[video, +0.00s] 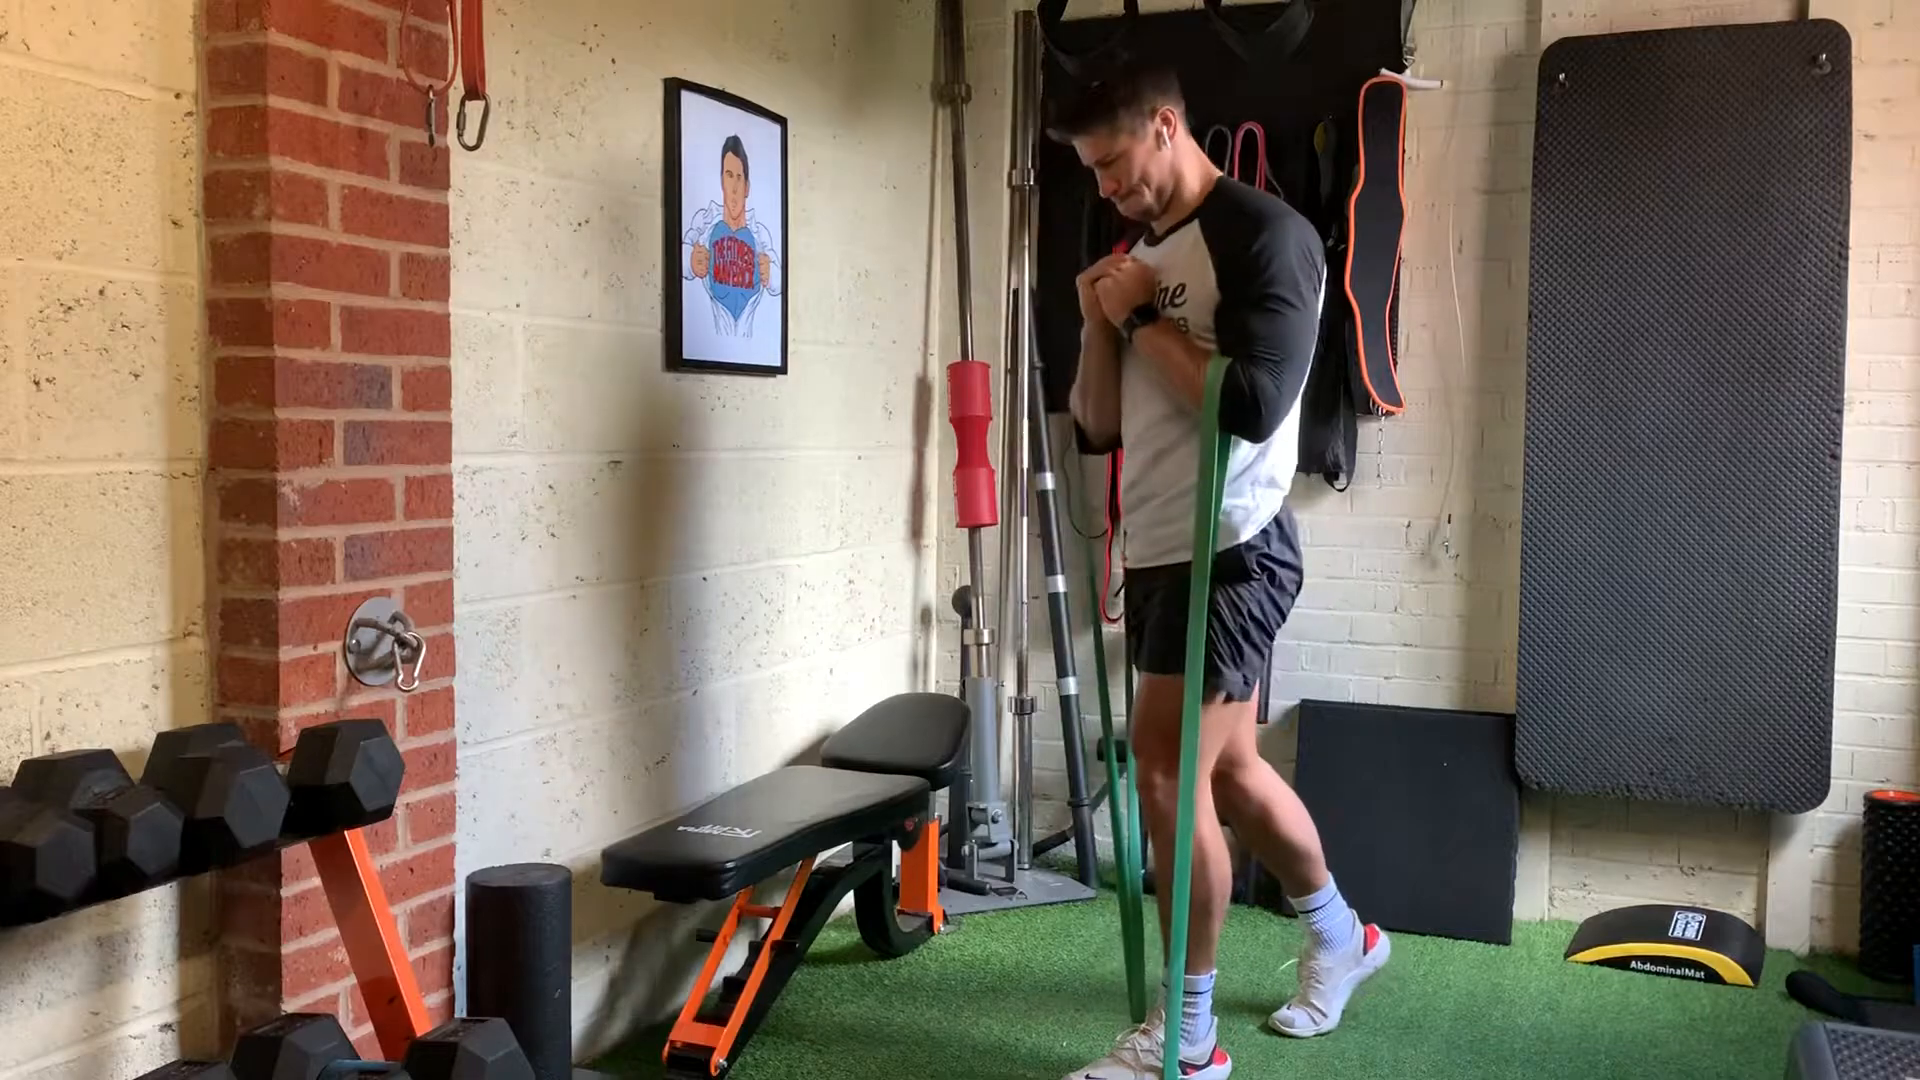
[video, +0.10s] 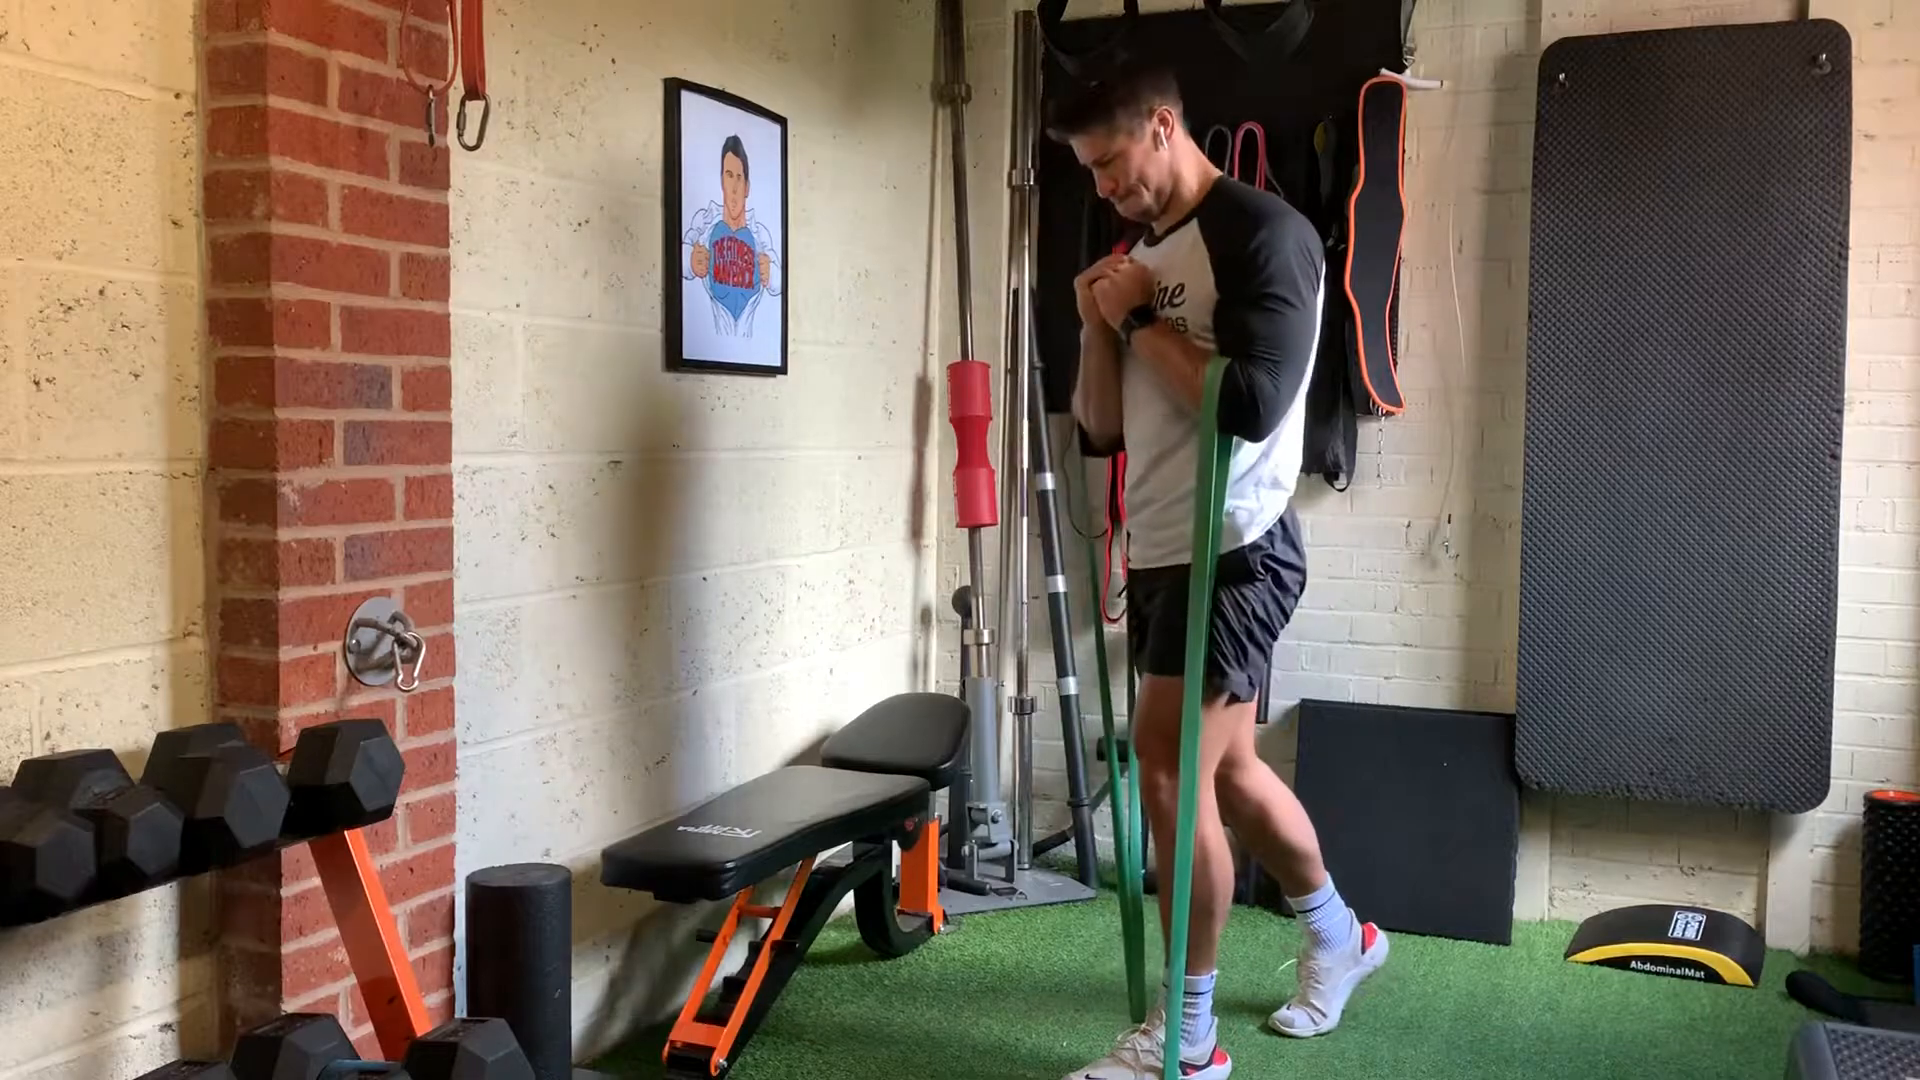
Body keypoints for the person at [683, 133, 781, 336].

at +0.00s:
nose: (734, 185)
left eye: (739, 176)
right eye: (729, 175)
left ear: (747, 186)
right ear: (721, 181)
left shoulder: (760, 231)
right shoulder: (704, 223)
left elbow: (778, 287)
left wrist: (770, 274)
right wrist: (692, 266)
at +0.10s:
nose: (734, 185)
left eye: (739, 176)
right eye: (729, 175)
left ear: (747, 186)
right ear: (721, 181)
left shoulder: (760, 232)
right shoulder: (704, 223)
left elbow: (779, 287)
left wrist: (770, 274)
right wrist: (692, 266)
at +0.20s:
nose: (733, 184)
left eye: (739, 177)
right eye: (728, 175)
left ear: (747, 187)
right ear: (721, 181)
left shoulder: (760, 232)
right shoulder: (704, 223)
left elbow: (779, 286)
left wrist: (771, 274)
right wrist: (691, 264)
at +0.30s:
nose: (733, 185)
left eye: (739, 177)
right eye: (729, 175)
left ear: (747, 187)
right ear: (721, 180)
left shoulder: (760, 233)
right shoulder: (704, 225)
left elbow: (779, 287)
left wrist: (770, 274)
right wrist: (692, 265)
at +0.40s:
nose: (733, 185)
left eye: (739, 177)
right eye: (728, 175)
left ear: (747, 187)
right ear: (721, 181)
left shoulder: (760, 232)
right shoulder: (704, 222)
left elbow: (780, 285)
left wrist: (771, 274)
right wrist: (691, 264)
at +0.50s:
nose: (733, 185)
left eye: (739, 177)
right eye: (728, 175)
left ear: (747, 187)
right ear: (721, 181)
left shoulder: (760, 232)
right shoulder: (704, 222)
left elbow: (779, 285)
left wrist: (770, 273)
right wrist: (691, 264)